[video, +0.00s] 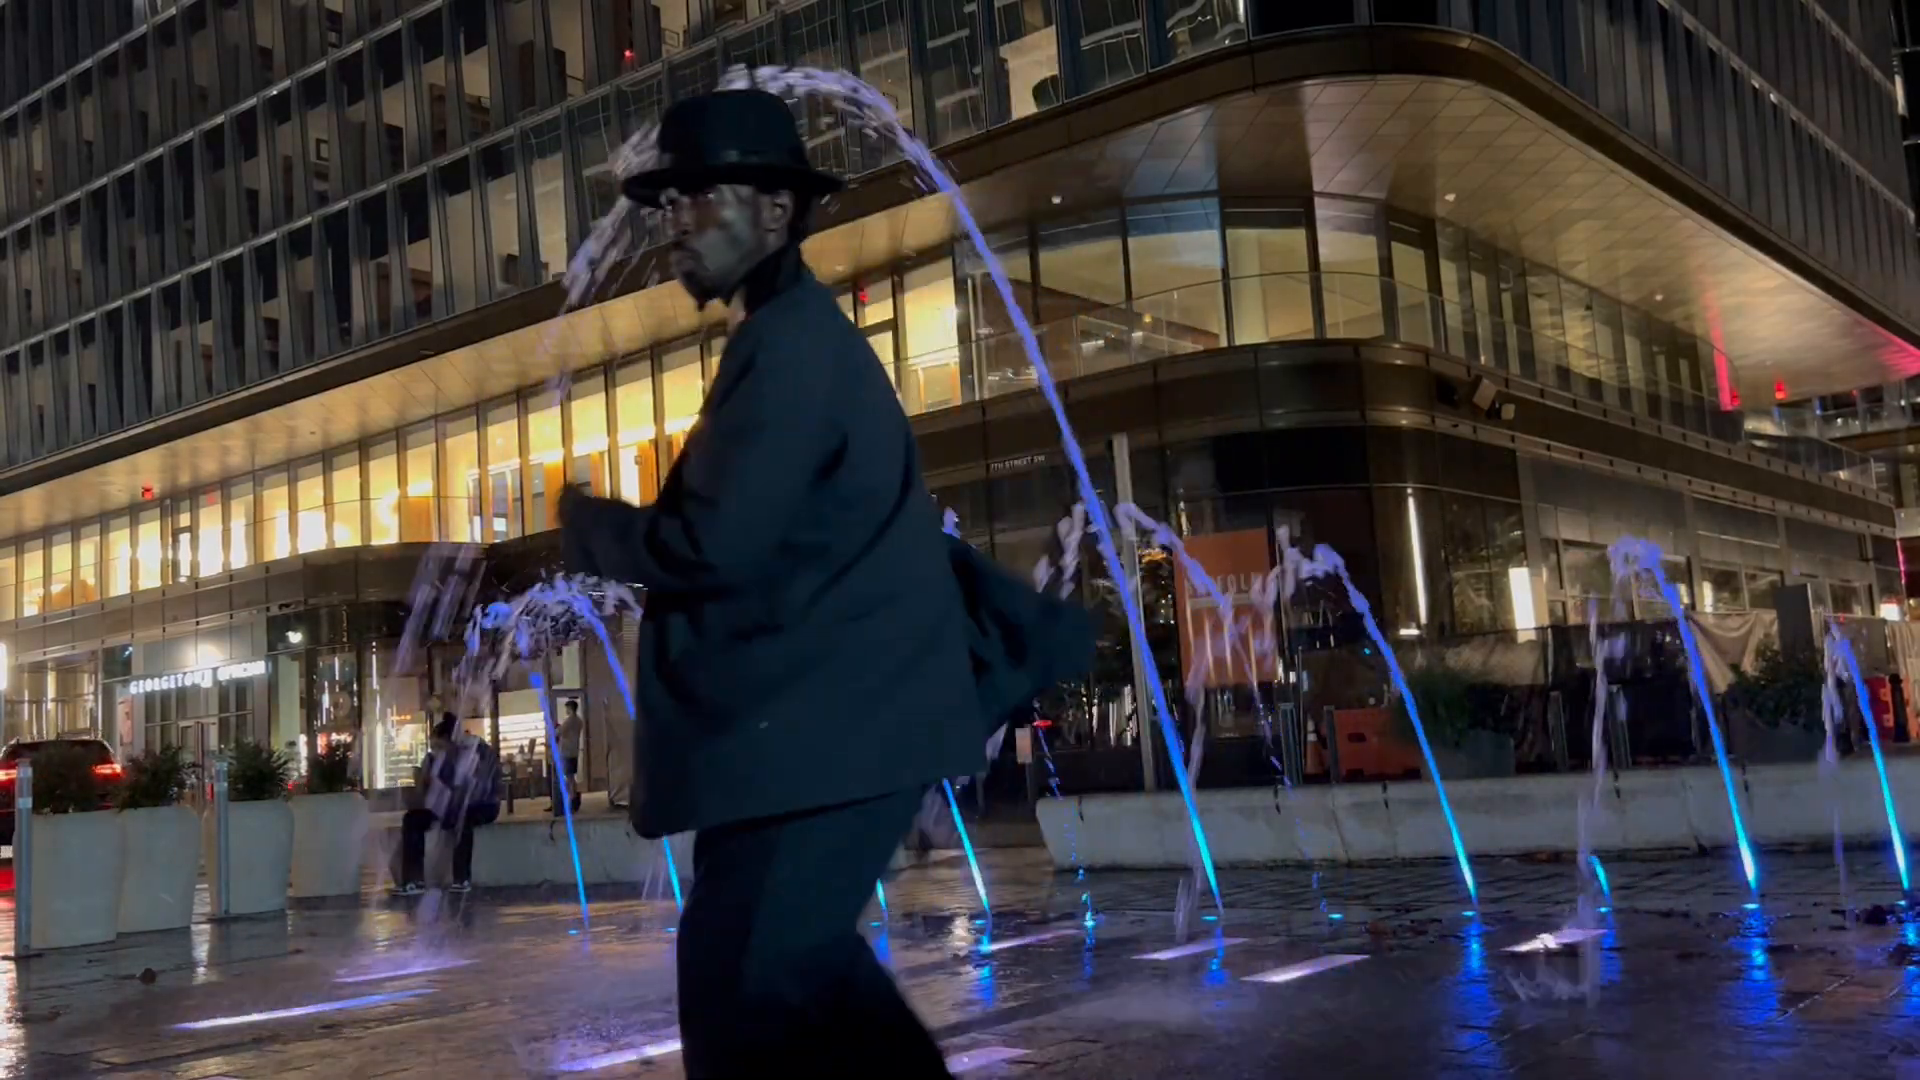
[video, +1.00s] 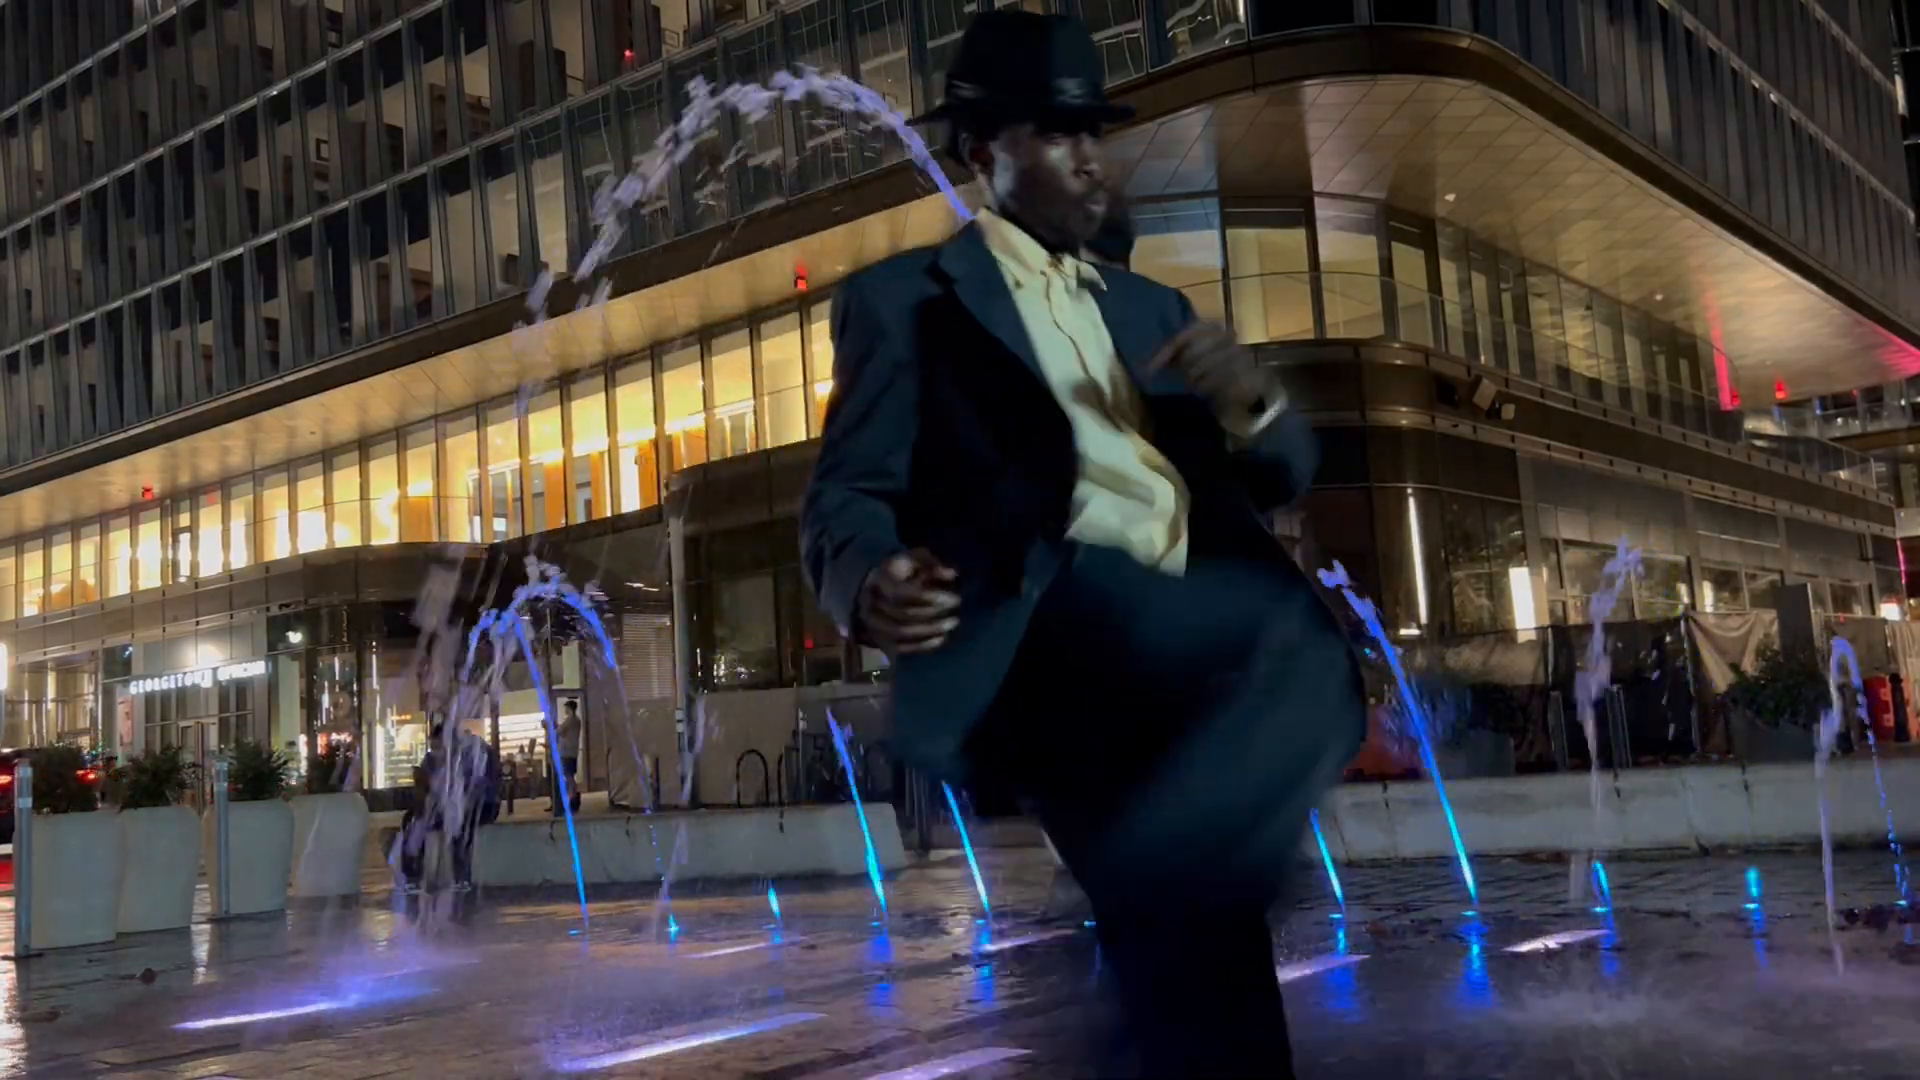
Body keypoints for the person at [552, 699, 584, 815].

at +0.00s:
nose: (566, 710)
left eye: (567, 708)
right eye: (566, 708)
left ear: (570, 709)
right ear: (575, 708)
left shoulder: (568, 721)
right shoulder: (579, 721)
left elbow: (559, 732)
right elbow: (573, 733)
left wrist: (555, 729)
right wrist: (561, 728)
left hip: (566, 753)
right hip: (574, 752)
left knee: (567, 778)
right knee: (571, 777)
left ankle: (571, 798)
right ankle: (574, 796)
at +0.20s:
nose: (566, 710)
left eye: (567, 708)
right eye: (566, 708)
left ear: (570, 709)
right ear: (575, 709)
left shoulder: (569, 721)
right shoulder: (579, 720)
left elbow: (560, 731)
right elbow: (571, 732)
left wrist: (554, 730)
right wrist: (559, 728)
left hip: (566, 753)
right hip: (574, 753)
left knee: (568, 777)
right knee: (571, 777)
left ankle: (572, 798)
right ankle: (574, 797)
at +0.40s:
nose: (566, 710)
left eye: (567, 708)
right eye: (566, 708)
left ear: (569, 709)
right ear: (575, 709)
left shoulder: (569, 720)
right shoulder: (579, 720)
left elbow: (559, 731)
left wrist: (553, 733)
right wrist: (560, 728)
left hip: (567, 752)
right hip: (574, 751)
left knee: (569, 776)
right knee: (571, 776)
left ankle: (572, 798)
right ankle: (574, 796)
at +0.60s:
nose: (566, 710)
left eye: (567, 708)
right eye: (566, 708)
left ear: (570, 708)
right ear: (575, 709)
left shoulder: (570, 720)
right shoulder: (578, 720)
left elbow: (560, 730)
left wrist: (552, 733)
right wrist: (558, 728)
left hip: (567, 752)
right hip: (573, 751)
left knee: (569, 777)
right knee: (571, 777)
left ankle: (572, 798)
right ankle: (574, 796)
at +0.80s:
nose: (566, 710)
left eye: (567, 708)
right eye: (566, 708)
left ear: (570, 709)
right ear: (574, 709)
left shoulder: (570, 720)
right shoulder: (577, 720)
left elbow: (560, 730)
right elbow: (565, 730)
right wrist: (557, 728)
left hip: (567, 752)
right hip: (573, 752)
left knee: (569, 777)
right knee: (571, 777)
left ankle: (572, 799)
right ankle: (574, 798)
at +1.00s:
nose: (565, 710)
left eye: (566, 708)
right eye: (565, 708)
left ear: (569, 709)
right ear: (574, 708)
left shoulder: (570, 719)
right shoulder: (576, 720)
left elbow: (560, 730)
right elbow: (564, 730)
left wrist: (551, 727)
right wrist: (557, 727)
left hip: (567, 752)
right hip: (572, 752)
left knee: (568, 777)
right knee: (570, 777)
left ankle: (572, 798)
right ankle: (573, 797)